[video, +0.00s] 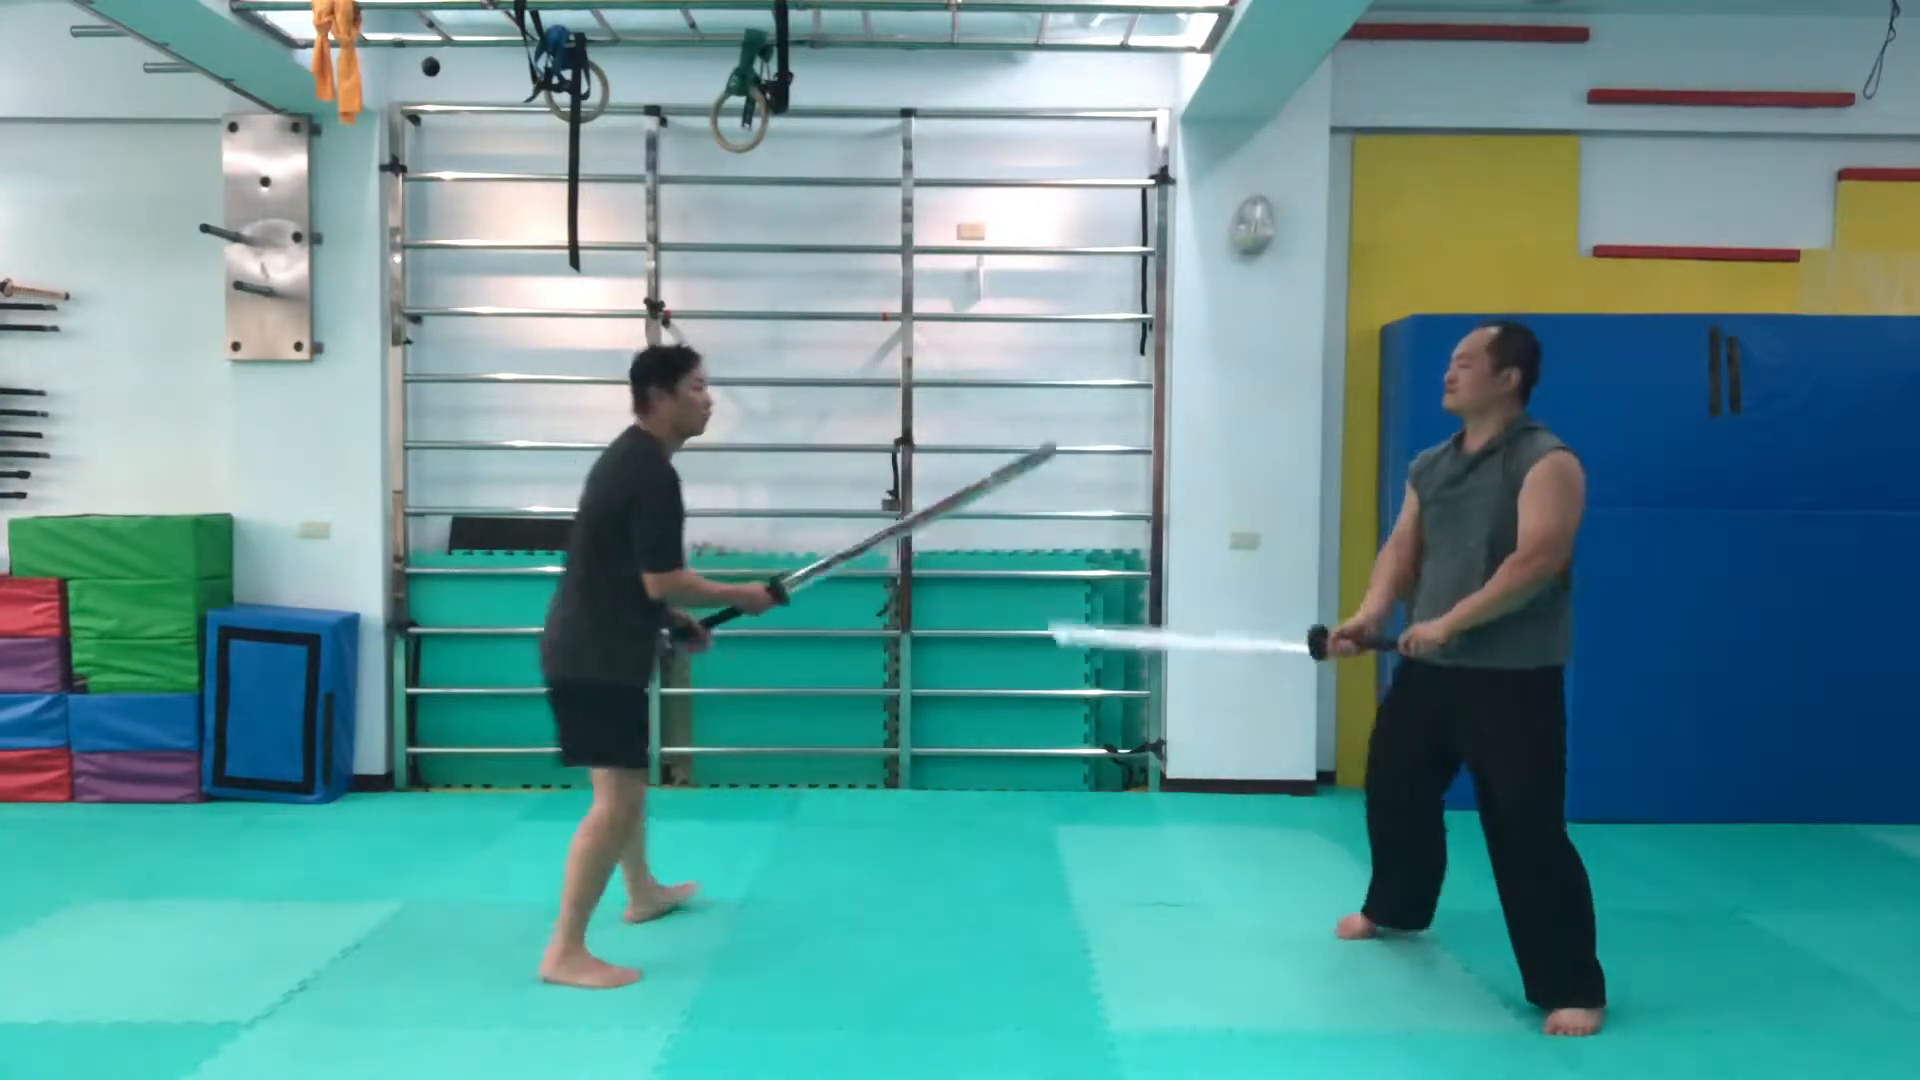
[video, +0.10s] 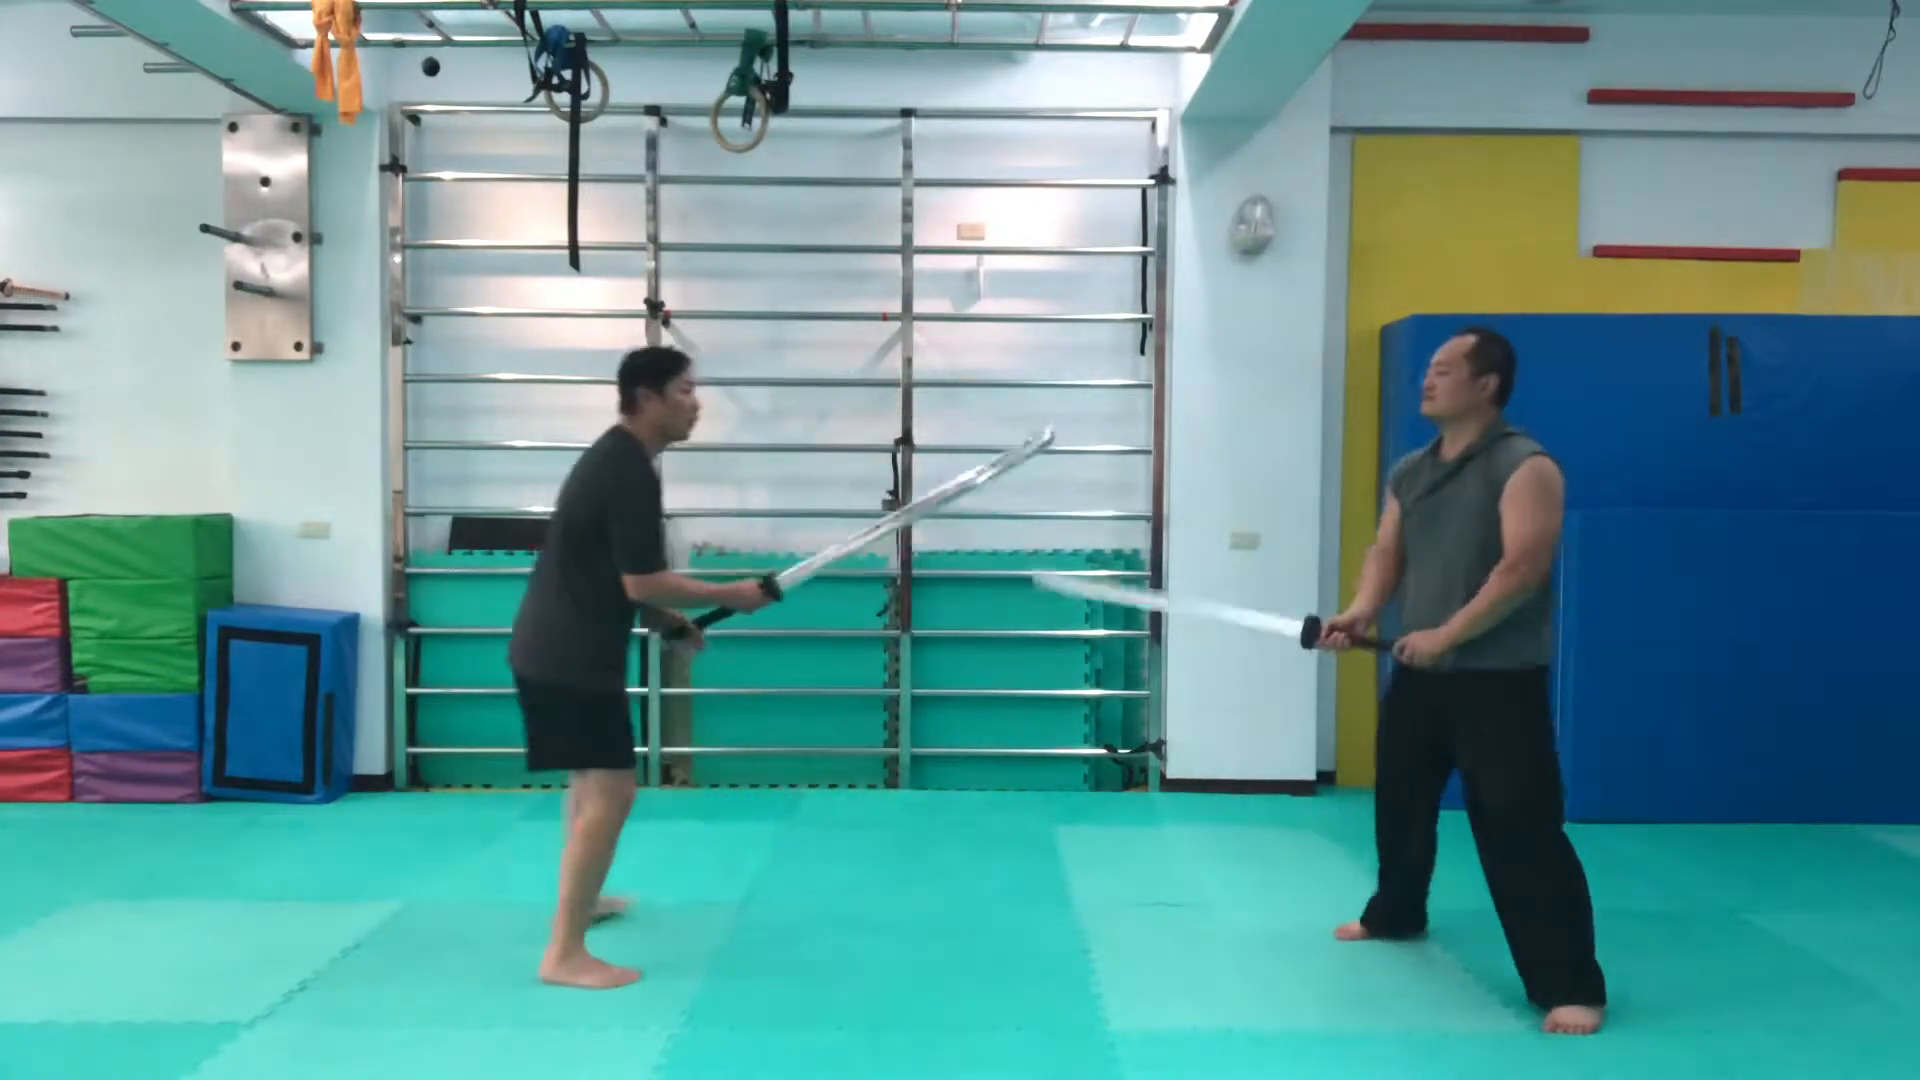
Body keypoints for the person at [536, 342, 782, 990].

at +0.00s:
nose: (710, 400)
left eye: (706, 388)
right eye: (697, 389)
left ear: (655, 399)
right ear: (659, 398)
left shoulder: (624, 458)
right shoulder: (652, 471)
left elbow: (609, 570)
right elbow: (664, 579)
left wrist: (671, 616)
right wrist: (742, 594)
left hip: (591, 650)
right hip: (600, 658)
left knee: (627, 781)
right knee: (614, 800)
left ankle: (642, 891)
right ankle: (564, 953)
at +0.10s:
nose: (696, 403)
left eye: (693, 390)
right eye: (684, 392)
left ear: (642, 401)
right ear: (645, 400)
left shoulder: (611, 457)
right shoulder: (629, 467)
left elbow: (608, 578)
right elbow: (643, 581)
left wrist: (667, 620)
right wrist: (731, 593)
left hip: (555, 648)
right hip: (574, 658)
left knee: (590, 779)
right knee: (612, 792)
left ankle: (578, 898)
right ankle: (564, 954)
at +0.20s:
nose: (673, 403)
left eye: (671, 390)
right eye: (663, 391)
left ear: (622, 401)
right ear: (622, 399)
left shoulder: (585, 457)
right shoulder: (607, 469)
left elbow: (601, 567)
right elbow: (621, 579)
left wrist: (659, 609)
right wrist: (714, 587)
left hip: (522, 652)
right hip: (559, 663)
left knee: (549, 773)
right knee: (599, 794)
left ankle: (485, 893)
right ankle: (564, 956)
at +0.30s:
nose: (648, 402)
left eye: (646, 389)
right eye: (636, 390)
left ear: (592, 399)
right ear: (597, 397)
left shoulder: (557, 458)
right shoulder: (584, 472)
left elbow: (563, 569)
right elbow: (602, 582)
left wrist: (635, 599)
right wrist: (698, 583)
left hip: (502, 658)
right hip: (547, 668)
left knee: (516, 772)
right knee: (596, 792)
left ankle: (406, 887)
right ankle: (564, 956)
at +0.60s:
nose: (575, 413)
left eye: (573, 400)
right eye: (562, 402)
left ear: (520, 413)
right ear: (521, 411)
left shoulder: (495, 472)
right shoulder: (512, 484)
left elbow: (514, 574)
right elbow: (522, 596)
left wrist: (570, 611)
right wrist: (624, 597)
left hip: (440, 671)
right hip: (481, 678)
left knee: (431, 797)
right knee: (554, 791)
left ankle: (342, 928)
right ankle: (560, 955)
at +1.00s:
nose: (590, 435)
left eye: (587, 422)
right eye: (578, 423)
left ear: (541, 433)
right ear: (537, 431)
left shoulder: (551, 505)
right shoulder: (501, 501)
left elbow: (551, 588)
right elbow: (510, 608)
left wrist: (576, 630)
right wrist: (605, 611)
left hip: (475, 688)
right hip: (492, 689)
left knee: (466, 812)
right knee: (600, 783)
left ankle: (351, 927)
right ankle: (590, 946)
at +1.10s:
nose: (630, 445)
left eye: (626, 433)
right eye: (619, 434)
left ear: (587, 443)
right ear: (581, 442)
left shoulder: (588, 517)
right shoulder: (544, 506)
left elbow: (575, 605)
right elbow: (548, 601)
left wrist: (615, 628)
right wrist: (651, 602)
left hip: (509, 695)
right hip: (526, 696)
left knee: (464, 824)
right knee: (644, 785)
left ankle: (348, 930)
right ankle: (653, 952)